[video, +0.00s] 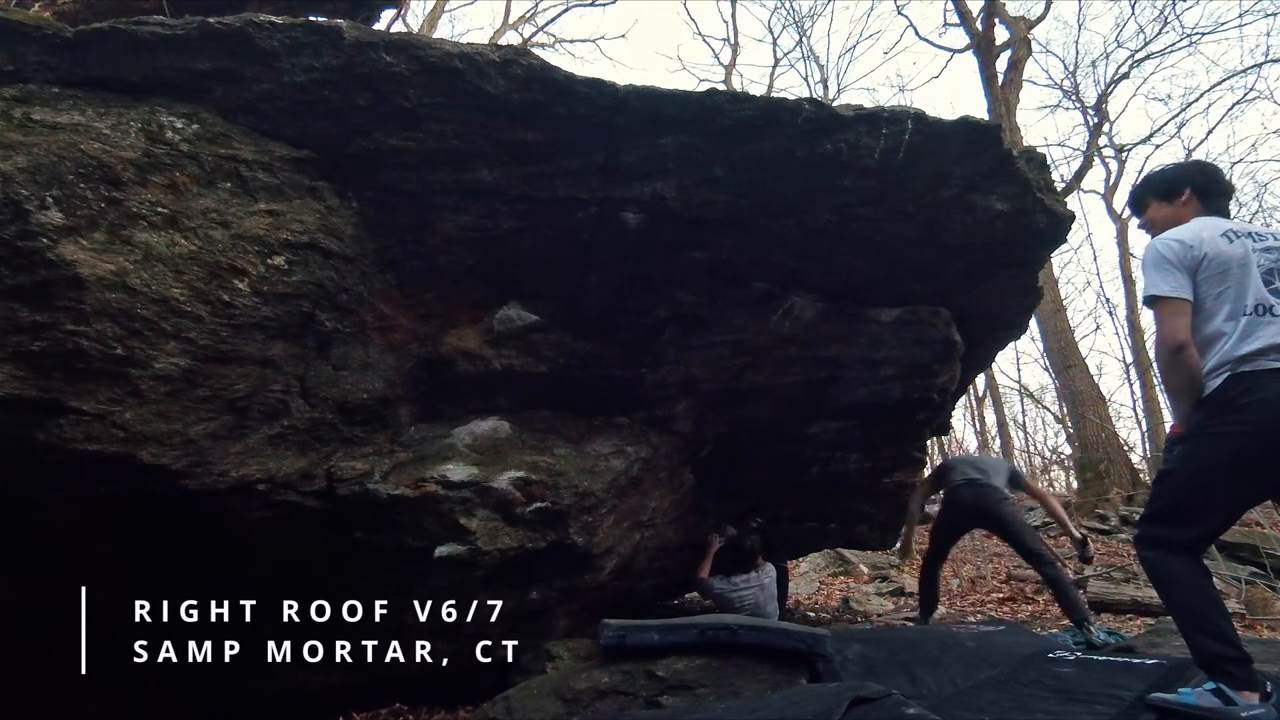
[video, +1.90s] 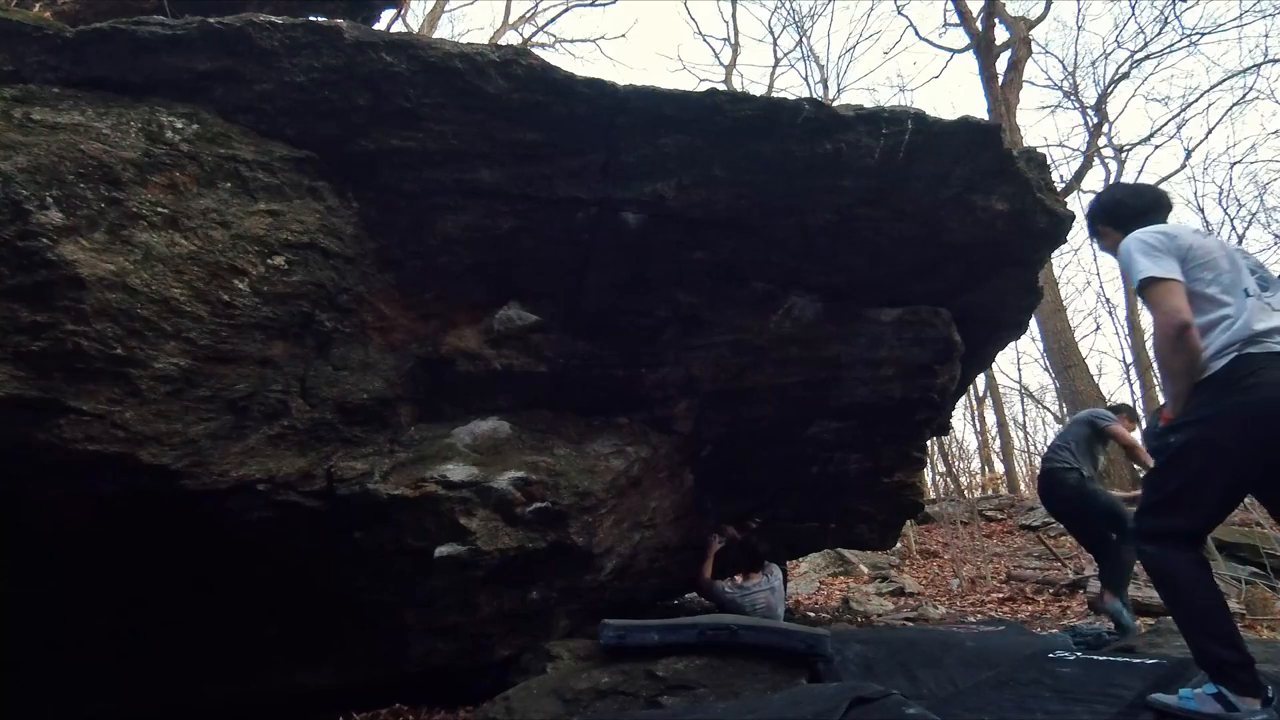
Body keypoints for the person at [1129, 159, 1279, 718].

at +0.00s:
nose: (1143, 226)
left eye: (1147, 214)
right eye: (1140, 218)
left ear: (1184, 197)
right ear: (1200, 202)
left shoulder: (1173, 243)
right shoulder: (1266, 236)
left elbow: (1177, 344)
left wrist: (1184, 418)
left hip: (1250, 399)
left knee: (1164, 539)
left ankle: (1235, 683)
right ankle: (1236, 680)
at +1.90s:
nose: (1106, 253)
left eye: (1101, 242)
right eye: (1099, 245)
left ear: (1111, 229)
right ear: (1157, 214)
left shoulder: (1141, 241)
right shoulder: (1225, 247)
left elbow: (1176, 324)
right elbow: (1268, 300)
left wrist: (1175, 410)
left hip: (1245, 382)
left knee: (1161, 532)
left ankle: (1237, 686)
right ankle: (1243, 684)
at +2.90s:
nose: (989, 280)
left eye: (987, 275)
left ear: (994, 269)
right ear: (1042, 253)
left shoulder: (1001, 284)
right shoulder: (1094, 268)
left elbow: (1031, 348)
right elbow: (1177, 317)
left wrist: (1077, 416)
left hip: (1134, 379)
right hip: (1201, 369)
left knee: (1161, 554)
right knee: (1214, 536)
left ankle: (1236, 705)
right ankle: (1273, 609)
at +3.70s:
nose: (1036, 259)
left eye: (1035, 252)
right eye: (1033, 253)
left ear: (1047, 244)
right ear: (1091, 239)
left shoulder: (1054, 264)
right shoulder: (1144, 264)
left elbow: (1080, 337)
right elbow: (1183, 325)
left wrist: (1104, 417)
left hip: (1156, 386)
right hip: (1220, 382)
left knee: (1177, 551)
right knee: (1250, 535)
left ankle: (1240, 698)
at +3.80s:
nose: (1039, 265)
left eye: (1037, 256)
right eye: (1035, 258)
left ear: (1049, 244)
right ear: (1093, 239)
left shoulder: (1065, 260)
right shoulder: (1140, 266)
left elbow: (1095, 334)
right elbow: (1180, 328)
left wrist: (1116, 417)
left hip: (1169, 384)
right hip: (1227, 384)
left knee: (1175, 547)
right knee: (1248, 536)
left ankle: (1240, 694)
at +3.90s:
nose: (1044, 271)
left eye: (1040, 261)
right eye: (1038, 264)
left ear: (1053, 244)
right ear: (1094, 237)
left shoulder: (1075, 258)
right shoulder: (1147, 267)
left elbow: (1109, 326)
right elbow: (1191, 330)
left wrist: (1125, 410)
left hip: (1180, 385)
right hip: (1232, 384)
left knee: (1180, 544)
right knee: (1248, 533)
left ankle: (1241, 694)